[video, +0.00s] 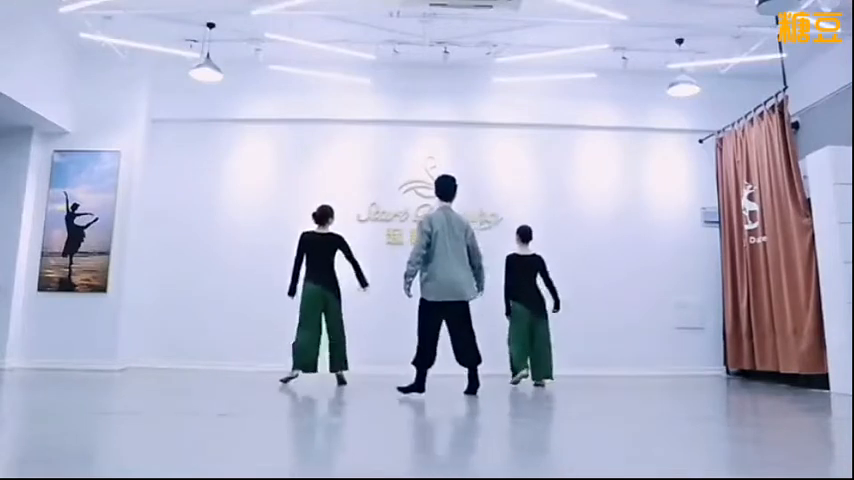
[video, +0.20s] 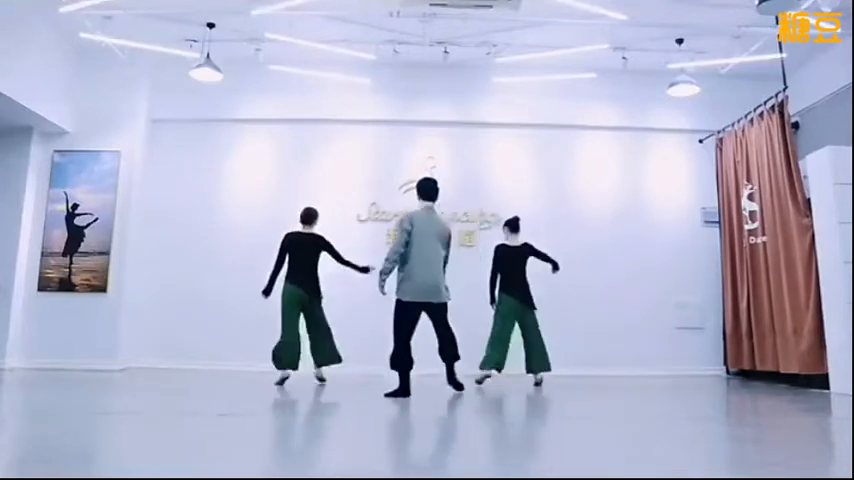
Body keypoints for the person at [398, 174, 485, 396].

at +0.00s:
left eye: (438, 189)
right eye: (450, 189)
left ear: (435, 192)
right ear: (454, 193)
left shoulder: (428, 221)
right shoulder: (463, 223)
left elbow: (419, 252)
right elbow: (475, 256)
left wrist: (408, 276)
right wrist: (479, 282)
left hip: (433, 289)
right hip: (459, 289)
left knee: (426, 337)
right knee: (465, 336)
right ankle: (473, 379)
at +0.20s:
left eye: (419, 192)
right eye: (430, 192)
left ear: (417, 194)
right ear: (437, 195)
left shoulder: (408, 220)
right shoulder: (444, 226)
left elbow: (397, 251)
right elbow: (444, 260)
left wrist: (383, 274)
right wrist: (439, 282)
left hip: (410, 291)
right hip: (436, 291)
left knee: (402, 338)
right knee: (444, 331)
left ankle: (404, 385)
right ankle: (451, 374)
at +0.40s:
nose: (403, 201)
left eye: (403, 198)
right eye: (415, 198)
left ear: (402, 199)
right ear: (421, 201)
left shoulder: (395, 225)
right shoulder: (429, 232)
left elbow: (377, 255)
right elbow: (425, 264)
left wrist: (361, 280)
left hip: (394, 296)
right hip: (419, 297)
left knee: (389, 340)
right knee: (407, 339)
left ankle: (401, 385)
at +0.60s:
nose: (392, 205)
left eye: (391, 201)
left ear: (391, 203)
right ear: (410, 205)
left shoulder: (383, 230)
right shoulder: (420, 236)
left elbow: (367, 261)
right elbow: (418, 267)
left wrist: (354, 285)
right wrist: (409, 293)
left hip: (381, 298)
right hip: (406, 300)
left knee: (378, 345)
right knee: (382, 344)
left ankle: (400, 381)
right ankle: (362, 379)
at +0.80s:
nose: (382, 204)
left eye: (381, 200)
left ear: (380, 202)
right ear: (400, 203)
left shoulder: (373, 229)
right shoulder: (409, 233)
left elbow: (359, 260)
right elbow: (414, 264)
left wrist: (350, 284)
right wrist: (399, 275)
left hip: (372, 296)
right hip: (396, 299)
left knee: (366, 342)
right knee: (378, 343)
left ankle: (391, 375)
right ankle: (359, 380)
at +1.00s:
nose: (377, 202)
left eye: (375, 198)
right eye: (386, 198)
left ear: (374, 200)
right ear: (394, 201)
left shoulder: (366, 228)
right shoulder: (404, 230)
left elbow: (353, 260)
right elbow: (413, 256)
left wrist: (346, 285)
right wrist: (396, 270)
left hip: (367, 295)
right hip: (392, 296)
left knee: (365, 341)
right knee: (376, 342)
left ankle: (389, 373)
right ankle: (358, 380)